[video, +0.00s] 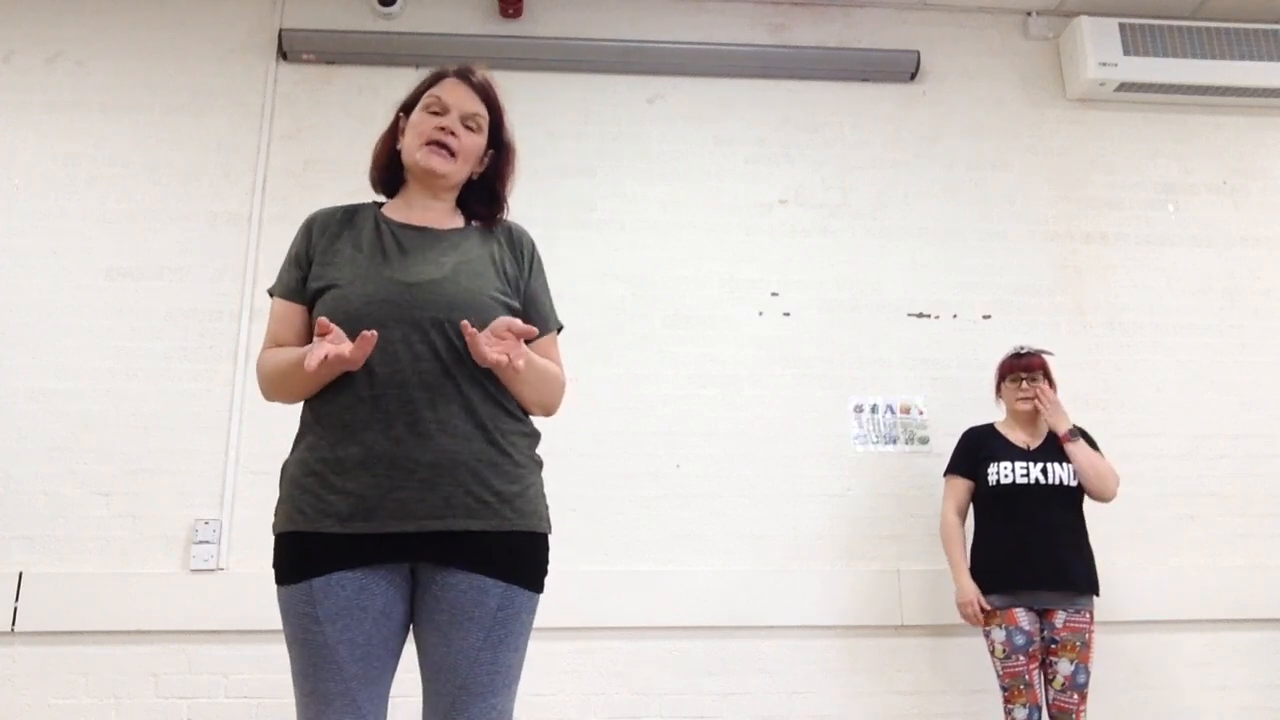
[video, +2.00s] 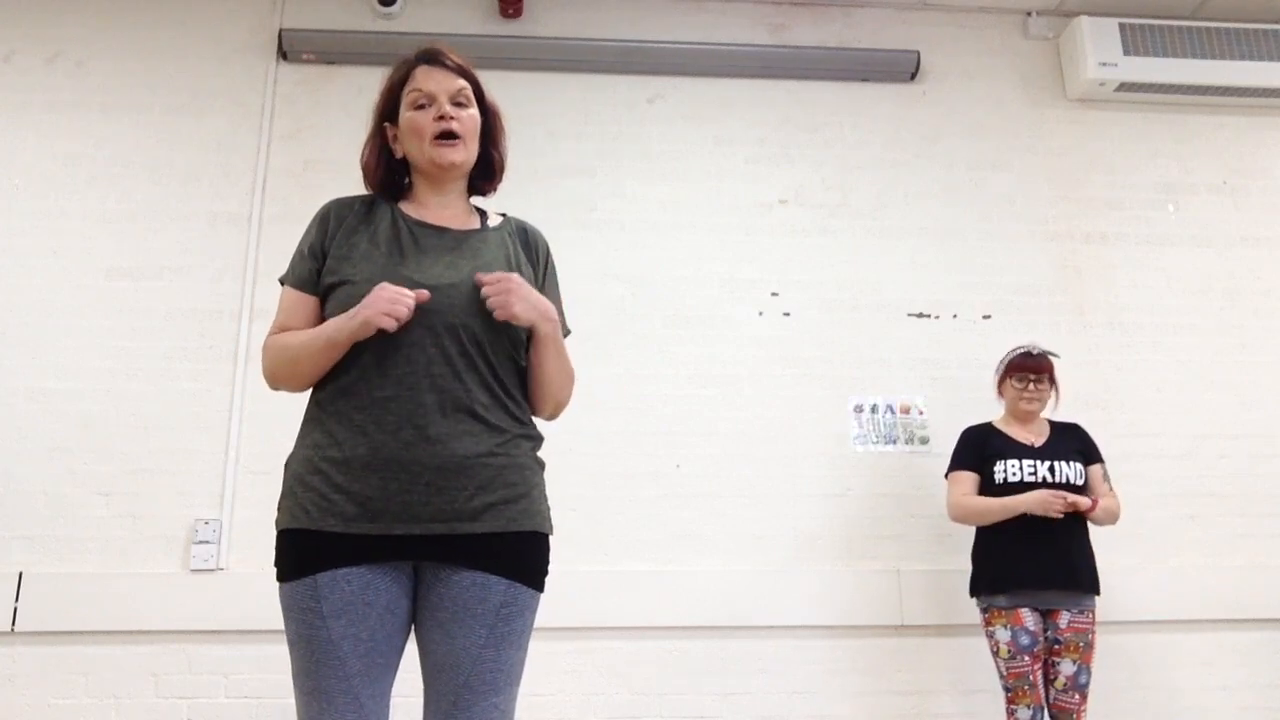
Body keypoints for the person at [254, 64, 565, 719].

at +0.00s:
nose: (449, 125)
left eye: (471, 123)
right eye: (435, 110)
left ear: (485, 159)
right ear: (401, 128)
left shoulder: (511, 248)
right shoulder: (326, 232)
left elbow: (548, 396)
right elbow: (272, 374)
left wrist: (511, 361)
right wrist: (314, 367)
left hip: (487, 523)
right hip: (336, 519)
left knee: (473, 714)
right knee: (337, 713)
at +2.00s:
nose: (446, 113)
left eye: (461, 103)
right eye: (424, 103)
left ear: (483, 132)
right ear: (393, 136)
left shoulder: (523, 244)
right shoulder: (340, 223)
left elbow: (550, 403)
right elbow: (279, 366)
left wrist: (546, 322)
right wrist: (353, 321)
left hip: (492, 519)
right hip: (339, 515)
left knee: (475, 714)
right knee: (339, 713)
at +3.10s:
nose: (464, 125)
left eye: (486, 119)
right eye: (447, 109)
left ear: (503, 149)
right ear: (415, 126)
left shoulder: (522, 253)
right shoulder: (342, 219)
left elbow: (542, 412)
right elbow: (275, 359)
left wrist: (541, 362)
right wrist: (334, 350)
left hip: (491, 523)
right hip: (341, 517)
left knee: (477, 714)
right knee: (340, 713)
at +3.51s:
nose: (458, 129)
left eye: (478, 119)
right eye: (439, 113)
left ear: (495, 141)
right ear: (406, 128)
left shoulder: (521, 249)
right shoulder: (338, 224)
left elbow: (550, 402)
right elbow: (276, 362)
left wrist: (508, 365)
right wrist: (355, 359)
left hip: (489, 524)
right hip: (339, 517)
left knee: (474, 714)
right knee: (337, 713)